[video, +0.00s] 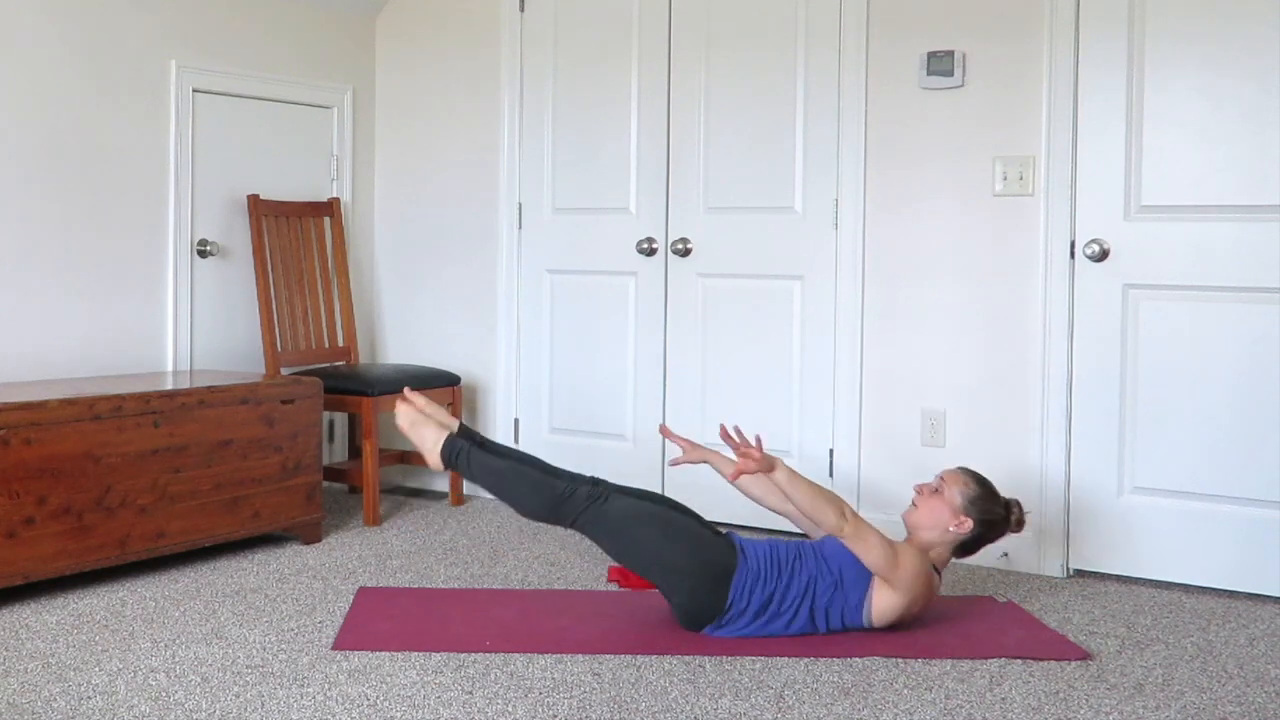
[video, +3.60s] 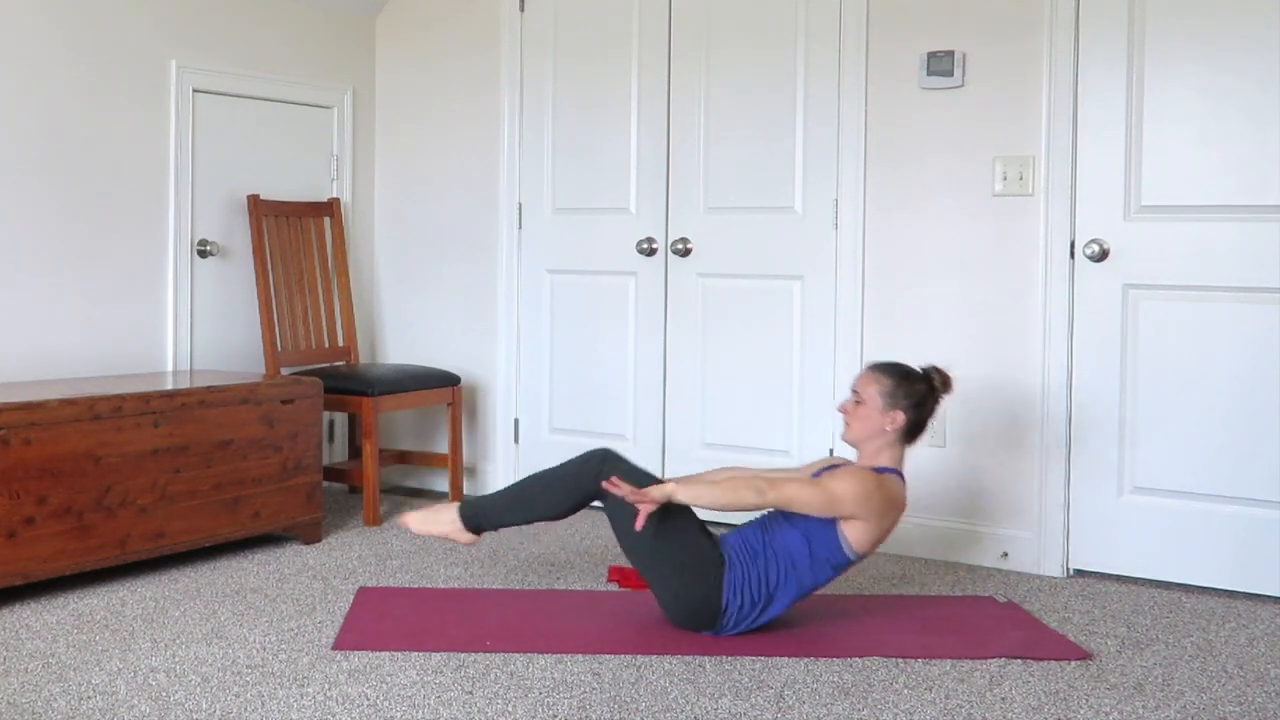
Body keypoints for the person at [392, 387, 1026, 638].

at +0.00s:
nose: (918, 495)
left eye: (934, 496)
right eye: (928, 487)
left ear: (957, 527)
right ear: (938, 513)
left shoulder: (910, 576)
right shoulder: (896, 557)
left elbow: (841, 519)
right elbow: (821, 521)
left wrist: (774, 470)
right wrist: (725, 468)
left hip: (720, 584)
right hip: (724, 558)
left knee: (584, 501)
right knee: (586, 493)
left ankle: (448, 439)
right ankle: (449, 448)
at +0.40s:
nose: (884, 451)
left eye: (900, 448)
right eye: (893, 442)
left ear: (927, 476)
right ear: (916, 471)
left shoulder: (891, 531)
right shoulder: (875, 515)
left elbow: (792, 510)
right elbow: (783, 505)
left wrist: (699, 478)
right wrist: (692, 481)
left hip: (713, 588)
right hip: (711, 568)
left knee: (570, 509)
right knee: (571, 498)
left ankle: (423, 512)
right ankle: (425, 503)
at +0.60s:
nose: (829, 394)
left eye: (843, 389)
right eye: (837, 383)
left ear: (874, 415)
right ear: (863, 410)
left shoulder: (855, 484)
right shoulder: (826, 461)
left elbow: (753, 485)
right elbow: (738, 467)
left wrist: (655, 482)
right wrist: (649, 474)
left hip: (712, 597)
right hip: (707, 572)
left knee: (601, 457)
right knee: (605, 453)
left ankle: (459, 494)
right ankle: (461, 481)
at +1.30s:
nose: (893, 454)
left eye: (910, 453)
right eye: (903, 445)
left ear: (933, 484)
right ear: (920, 477)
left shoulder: (886, 540)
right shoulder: (876, 518)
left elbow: (795, 509)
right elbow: (789, 500)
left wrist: (705, 467)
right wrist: (704, 471)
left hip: (712, 590)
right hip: (715, 567)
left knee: (583, 490)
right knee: (584, 486)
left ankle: (427, 480)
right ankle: (443, 465)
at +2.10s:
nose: (855, 412)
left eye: (870, 408)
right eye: (863, 402)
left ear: (901, 433)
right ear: (884, 425)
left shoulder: (876, 497)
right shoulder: (843, 474)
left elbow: (778, 511)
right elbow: (749, 479)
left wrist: (677, 513)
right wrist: (662, 478)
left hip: (718, 595)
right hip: (716, 567)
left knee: (603, 467)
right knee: (602, 465)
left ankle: (456, 488)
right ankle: (461, 484)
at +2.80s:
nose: (905, 468)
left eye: (922, 467)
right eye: (914, 459)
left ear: (947, 499)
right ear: (925, 484)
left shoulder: (898, 553)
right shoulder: (880, 520)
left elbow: (803, 520)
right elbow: (792, 502)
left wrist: (718, 488)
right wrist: (704, 477)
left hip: (719, 589)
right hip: (724, 561)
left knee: (595, 480)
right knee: (599, 479)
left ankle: (444, 489)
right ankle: (455, 486)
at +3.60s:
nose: (844, 409)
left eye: (859, 402)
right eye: (851, 398)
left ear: (893, 424)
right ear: (880, 419)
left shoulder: (872, 489)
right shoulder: (849, 470)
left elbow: (767, 491)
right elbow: (759, 482)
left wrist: (670, 493)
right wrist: (667, 489)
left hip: (718, 597)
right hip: (717, 573)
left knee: (603, 467)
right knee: (605, 463)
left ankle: (463, 519)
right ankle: (469, 515)